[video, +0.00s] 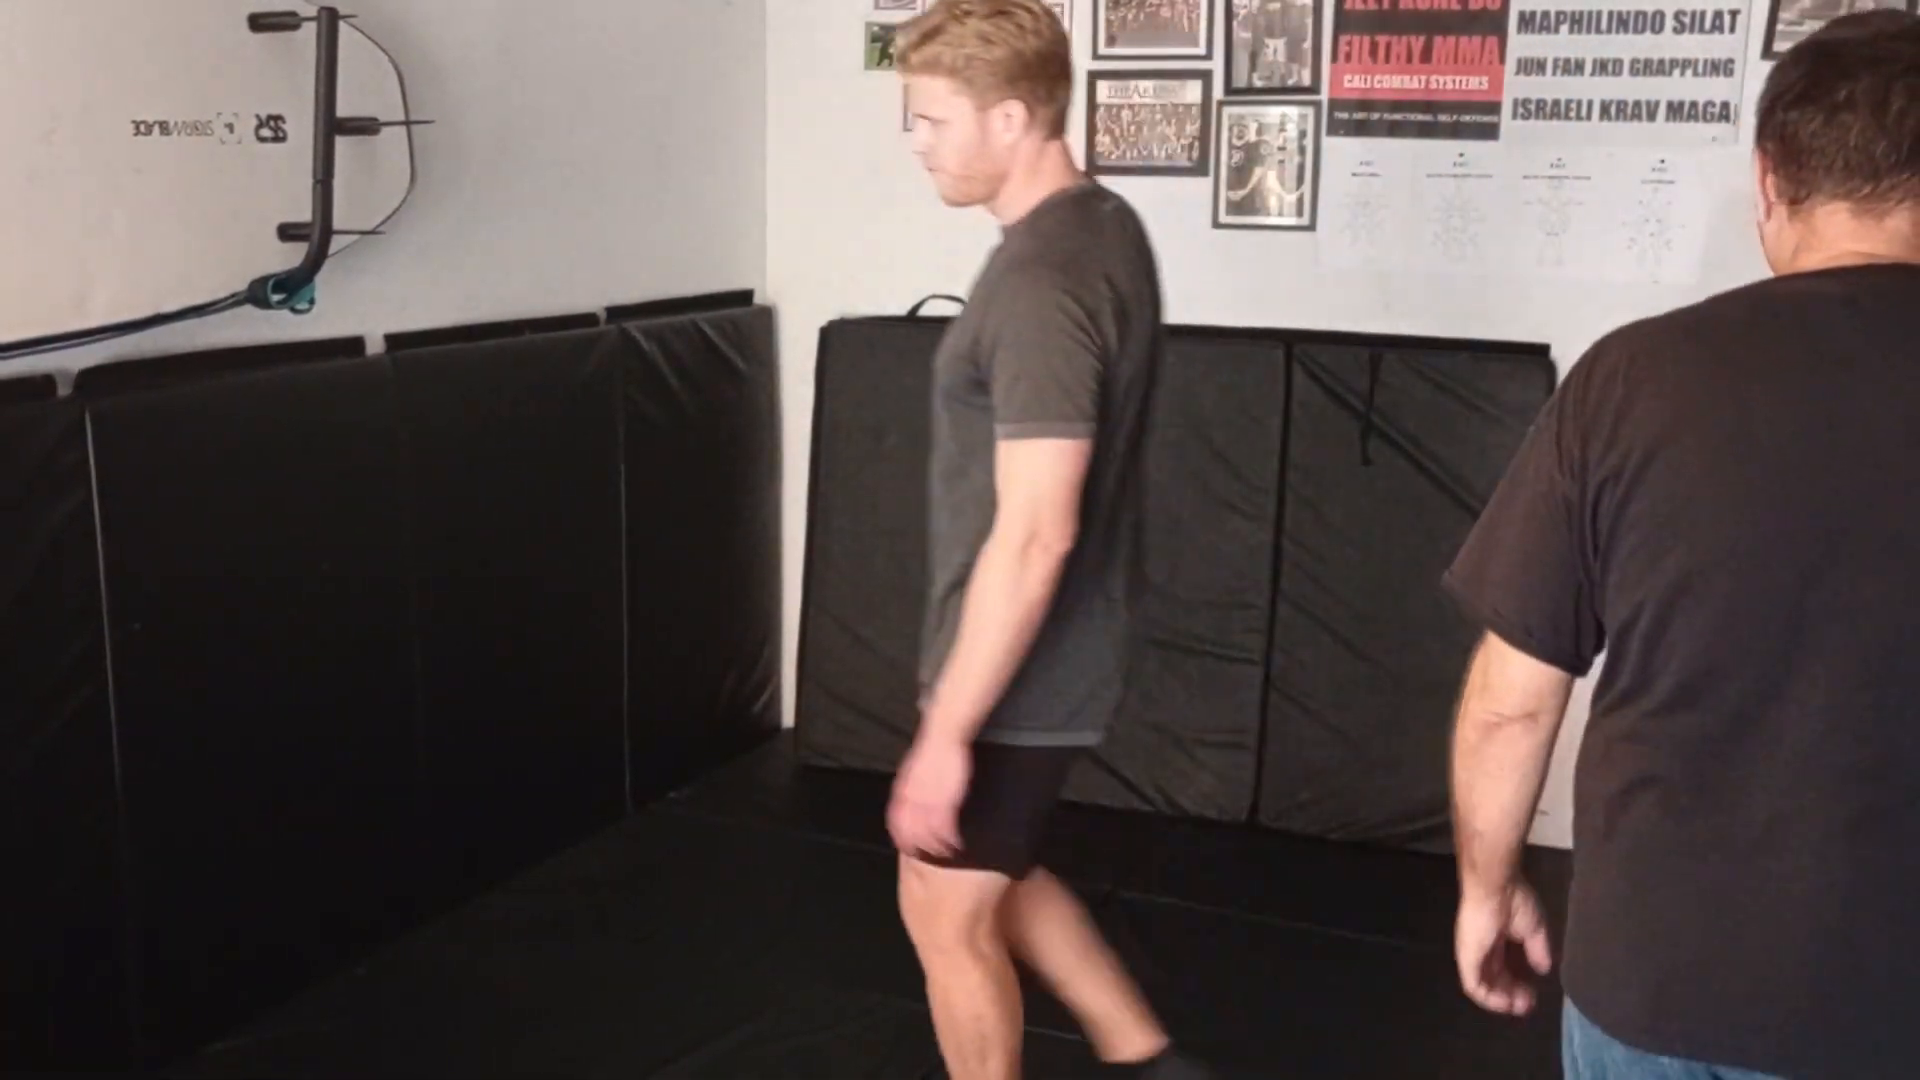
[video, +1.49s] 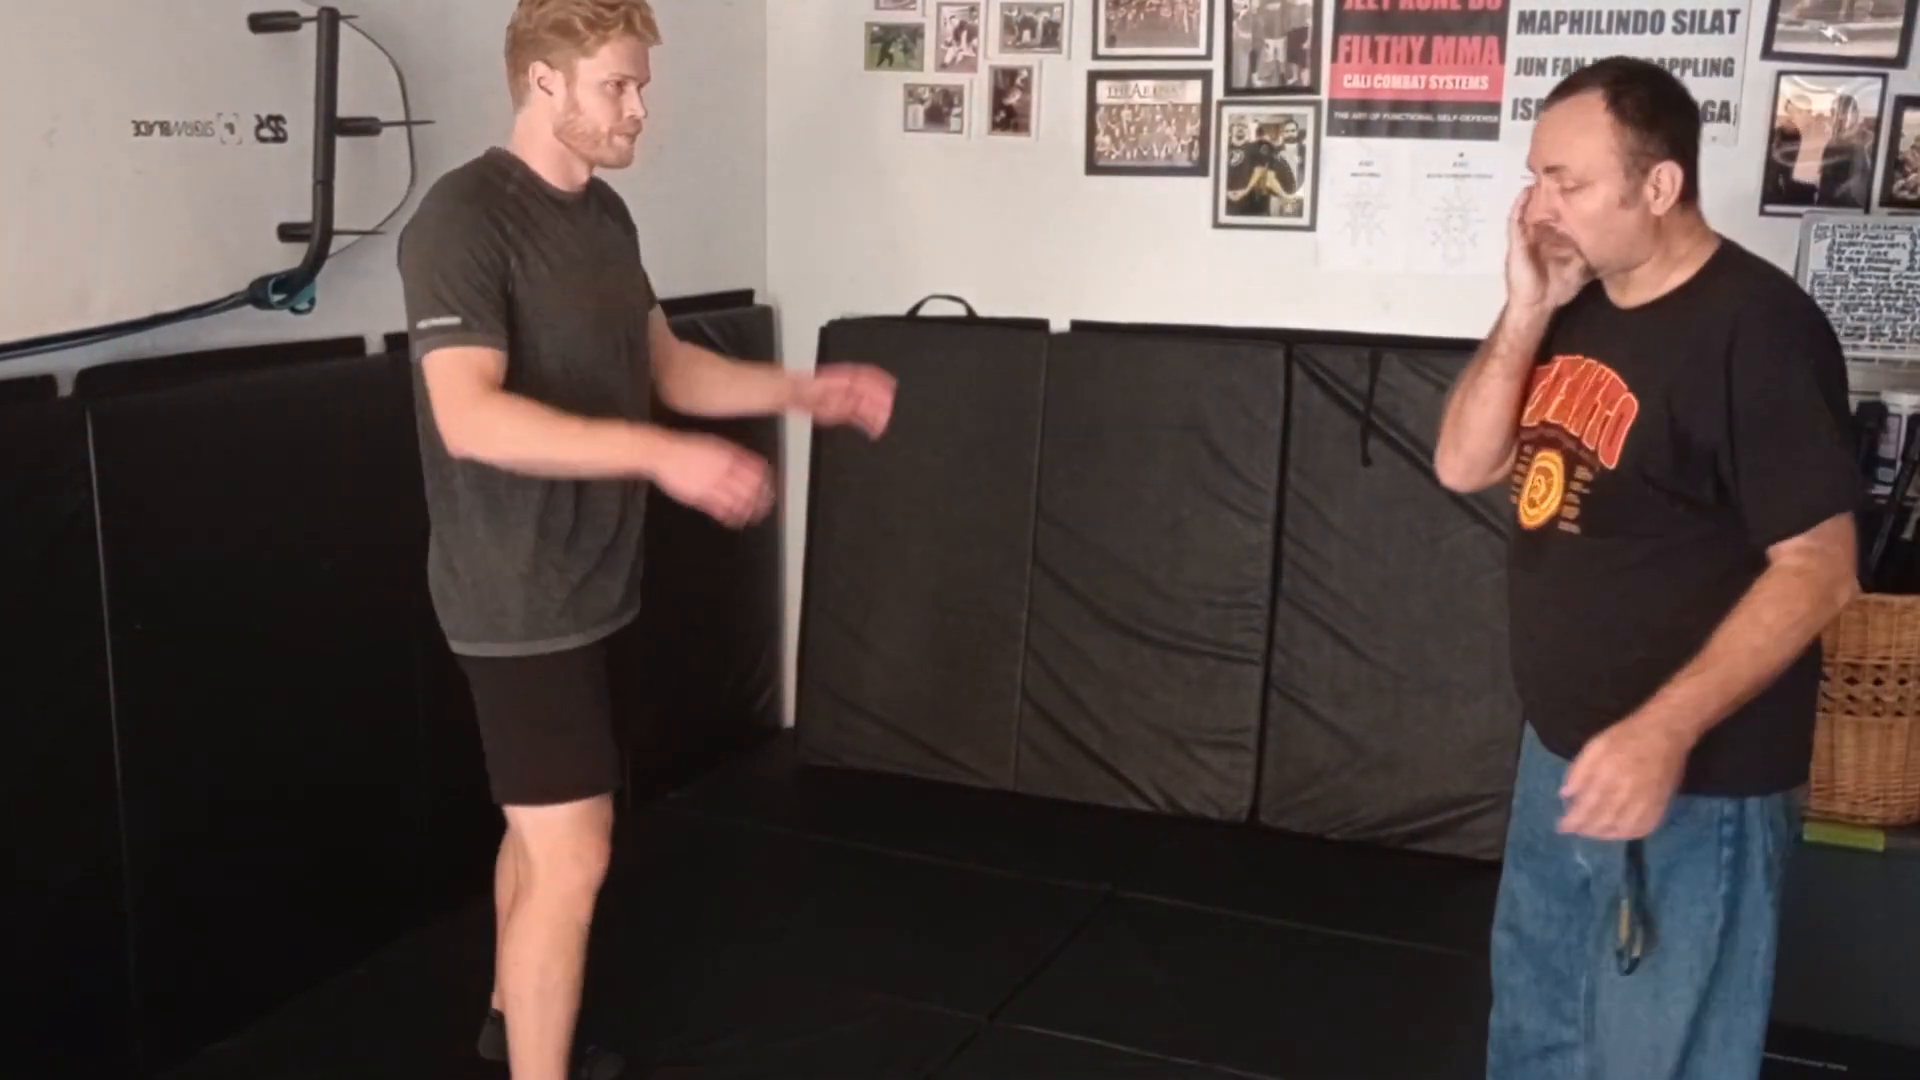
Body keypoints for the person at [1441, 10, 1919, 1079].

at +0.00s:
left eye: (1758, 190)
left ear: (1769, 186)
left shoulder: (1641, 379)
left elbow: (1510, 698)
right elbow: (1513, 697)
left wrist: (1487, 882)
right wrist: (1492, 885)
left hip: (1660, 998)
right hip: (1894, 1003)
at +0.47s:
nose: (1771, 228)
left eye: (1769, 196)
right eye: (1767, 198)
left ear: (1811, 181)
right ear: (1909, 179)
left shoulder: (1783, 347)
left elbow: (1659, 646)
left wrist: (1529, 836)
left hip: (1760, 901)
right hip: (1902, 911)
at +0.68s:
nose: (1736, 208)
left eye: (1743, 177)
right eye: (1735, 179)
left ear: (1810, 180)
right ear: (1905, 176)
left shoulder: (1813, 340)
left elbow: (1764, 632)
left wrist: (1646, 878)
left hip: (1760, 867)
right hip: (1901, 871)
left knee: (1603, 1056)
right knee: (1852, 1065)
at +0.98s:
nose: (1638, 201)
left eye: (1651, 173)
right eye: (1642, 172)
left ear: (1730, 188)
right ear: (1753, 182)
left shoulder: (1742, 355)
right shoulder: (1889, 308)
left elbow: (1735, 640)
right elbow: (1686, 520)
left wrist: (1685, 893)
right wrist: (1670, 332)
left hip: (1687, 855)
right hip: (1829, 842)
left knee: (1641, 1064)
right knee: (1767, 1066)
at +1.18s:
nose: (1586, 204)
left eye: (1606, 180)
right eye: (1590, 176)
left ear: (1697, 190)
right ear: (1700, 188)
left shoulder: (1744, 341)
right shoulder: (1799, 298)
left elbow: (1719, 622)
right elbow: (1598, 482)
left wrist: (1548, 798)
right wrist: (1610, 310)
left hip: (1672, 821)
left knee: (1634, 1063)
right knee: (1639, 1055)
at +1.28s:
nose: (1573, 208)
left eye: (1596, 185)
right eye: (1576, 180)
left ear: (1692, 195)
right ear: (1685, 198)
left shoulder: (1769, 342)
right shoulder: (1683, 312)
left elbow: (1739, 615)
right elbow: (1536, 457)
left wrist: (1537, 753)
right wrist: (1580, 311)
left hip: (1693, 807)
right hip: (1624, 789)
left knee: (1641, 1066)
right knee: (1550, 1055)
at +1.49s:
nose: (1536, 208)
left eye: (1565, 181)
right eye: (1535, 178)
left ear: (1661, 186)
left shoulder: (1765, 326)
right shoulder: (1573, 309)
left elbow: (1821, 567)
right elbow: (1461, 464)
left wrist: (1665, 729)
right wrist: (1525, 313)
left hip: (1705, 791)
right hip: (1556, 760)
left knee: (1665, 1059)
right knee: (1534, 1047)